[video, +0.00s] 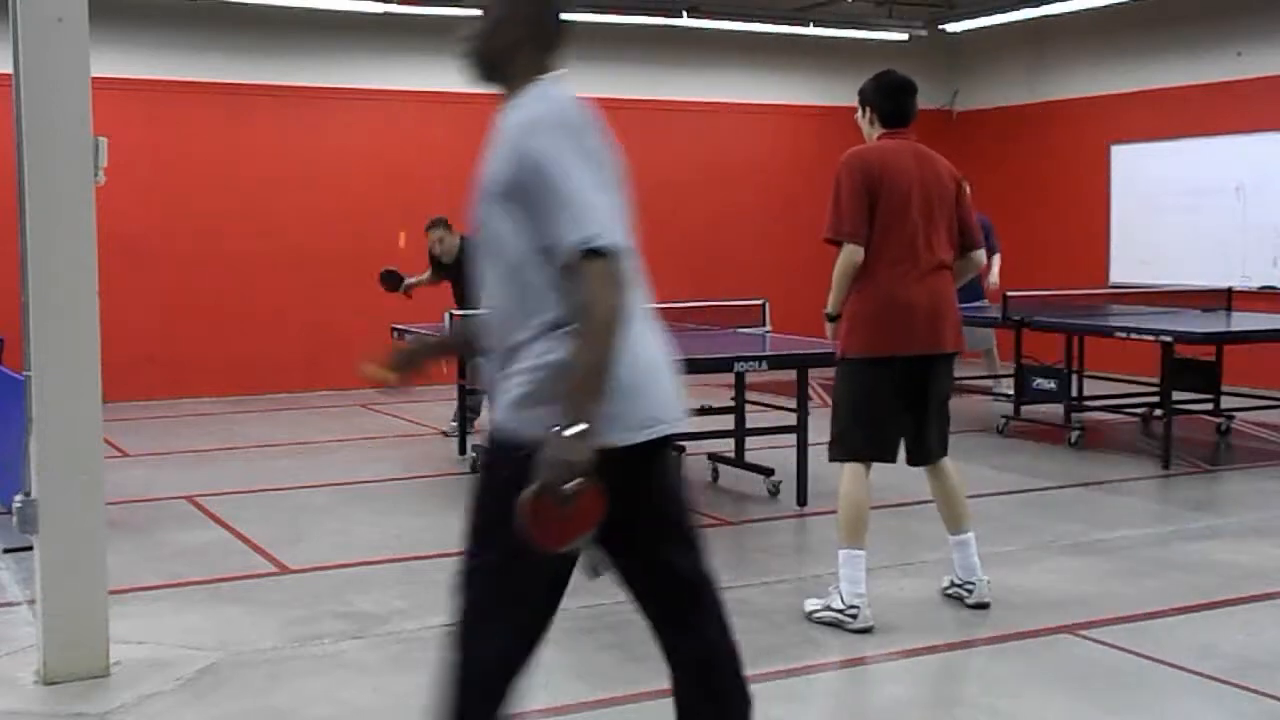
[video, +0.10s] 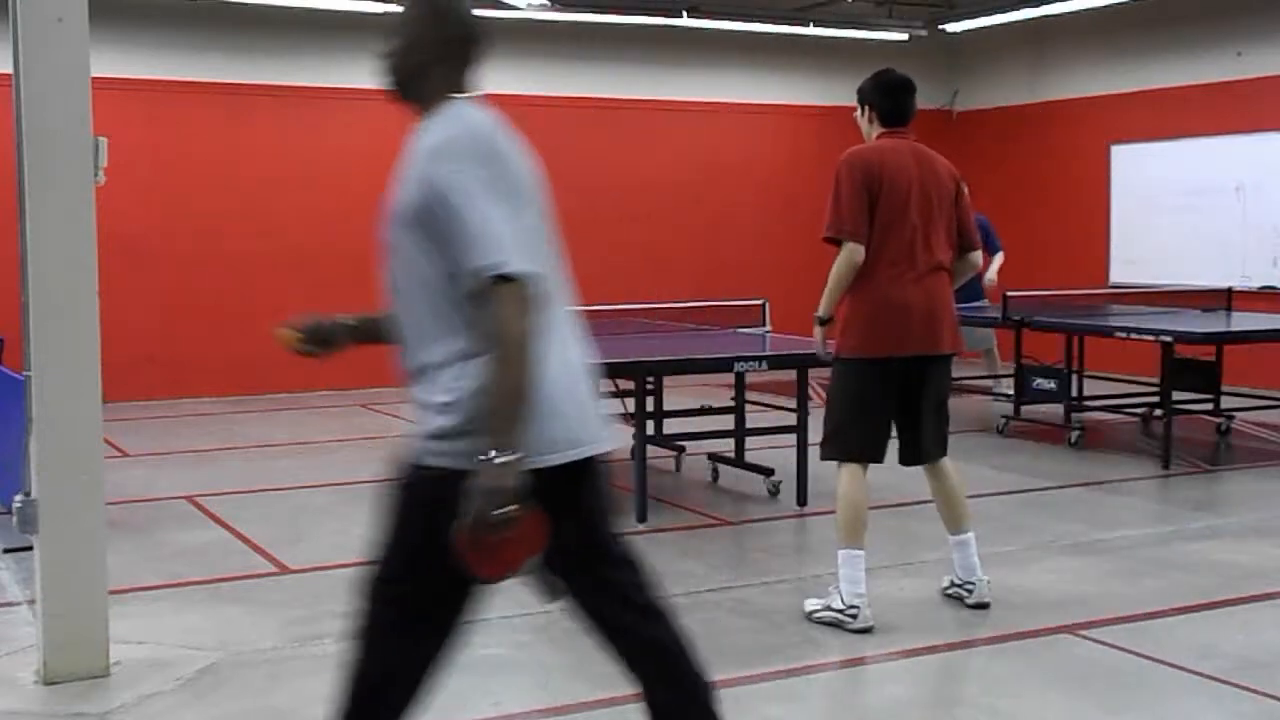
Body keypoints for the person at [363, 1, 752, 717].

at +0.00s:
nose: (473, 28)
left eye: (490, 14)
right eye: (480, 14)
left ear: (532, 27)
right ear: (539, 33)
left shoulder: (544, 121)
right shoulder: (531, 122)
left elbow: (601, 282)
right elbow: (542, 309)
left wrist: (574, 428)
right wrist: (442, 340)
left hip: (553, 431)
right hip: (618, 427)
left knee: (488, 649)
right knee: (691, 627)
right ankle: (723, 714)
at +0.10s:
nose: (388, 53)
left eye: (404, 35)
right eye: (394, 36)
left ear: (444, 49)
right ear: (454, 53)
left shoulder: (456, 139)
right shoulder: (460, 136)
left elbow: (508, 298)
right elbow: (464, 305)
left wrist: (499, 454)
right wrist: (355, 331)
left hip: (472, 451)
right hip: (548, 444)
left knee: (395, 647)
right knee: (625, 611)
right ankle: (690, 706)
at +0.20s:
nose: (303, 49)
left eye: (316, 34)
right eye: (308, 34)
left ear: (347, 47)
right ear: (376, 51)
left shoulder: (364, 138)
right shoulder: (401, 131)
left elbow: (406, 304)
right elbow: (405, 292)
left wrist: (407, 461)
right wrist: (306, 335)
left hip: (365, 437)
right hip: (443, 434)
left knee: (308, 620)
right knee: (493, 597)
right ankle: (624, 707)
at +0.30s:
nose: (232, 33)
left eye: (242, 19)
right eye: (237, 19)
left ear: (266, 28)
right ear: (308, 33)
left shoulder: (281, 121)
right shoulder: (341, 113)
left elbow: (304, 296)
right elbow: (357, 282)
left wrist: (284, 442)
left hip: (292, 421)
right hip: (358, 410)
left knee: (269, 613)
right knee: (333, 565)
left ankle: (288, 718)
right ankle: (488, 695)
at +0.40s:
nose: (165, 29)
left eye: (172, 15)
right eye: (170, 16)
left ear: (191, 20)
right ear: (244, 22)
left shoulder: (203, 103)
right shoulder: (283, 105)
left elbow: (211, 277)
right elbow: (328, 267)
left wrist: (163, 418)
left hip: (237, 398)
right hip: (293, 393)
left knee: (249, 590)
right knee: (247, 578)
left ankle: (280, 707)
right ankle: (293, 700)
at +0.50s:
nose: (97, 29)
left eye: (103, 16)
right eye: (101, 17)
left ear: (118, 24)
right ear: (178, 30)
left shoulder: (129, 109)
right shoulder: (221, 119)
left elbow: (126, 273)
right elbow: (271, 278)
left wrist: (36, 403)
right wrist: (282, 403)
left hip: (177, 403)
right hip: (221, 394)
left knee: (233, 598)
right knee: (120, 546)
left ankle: (276, 712)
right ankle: (129, 704)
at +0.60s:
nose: (27, 59)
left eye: (34, 44)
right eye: (35, 44)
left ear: (47, 50)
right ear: (107, 55)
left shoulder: (55, 129)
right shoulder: (148, 145)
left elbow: (45, 281)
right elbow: (212, 290)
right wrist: (232, 425)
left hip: (106, 427)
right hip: (146, 420)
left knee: (202, 623)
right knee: (47, 616)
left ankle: (264, 715)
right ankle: (5, 699)